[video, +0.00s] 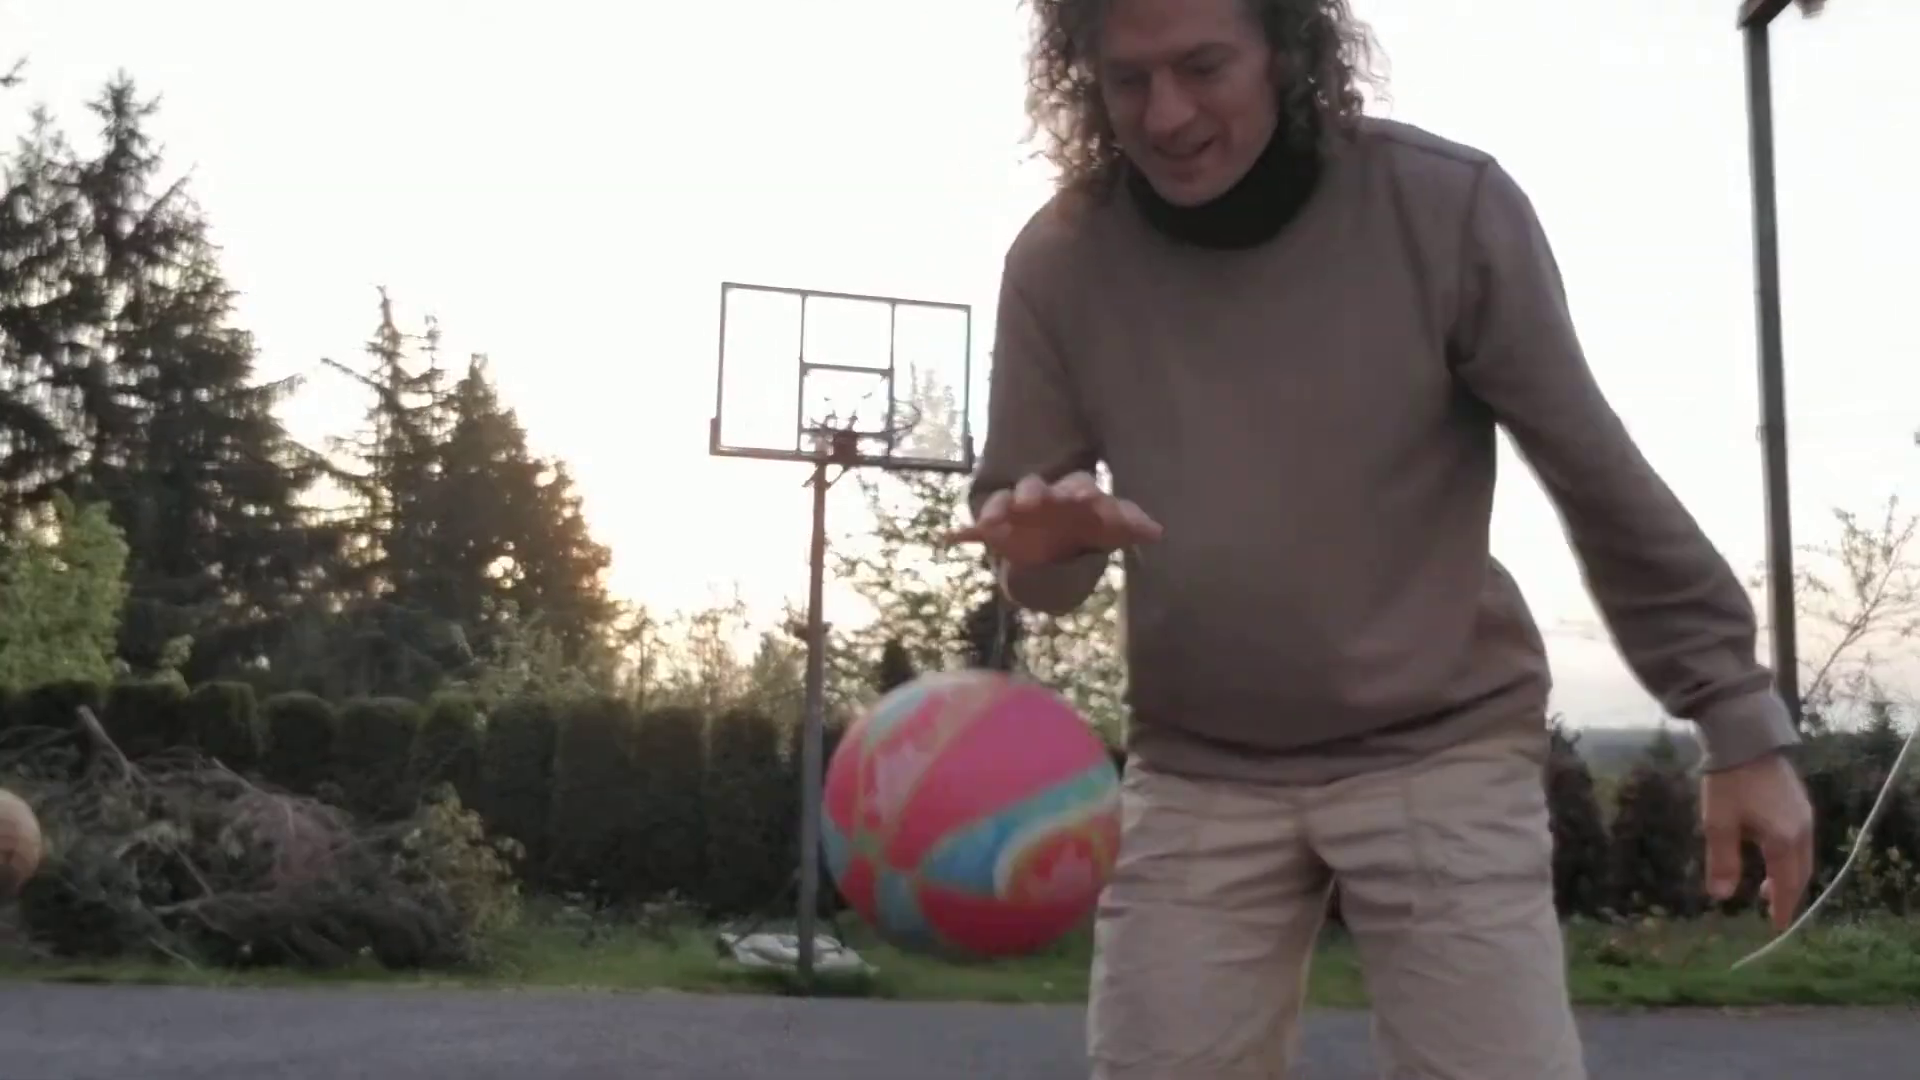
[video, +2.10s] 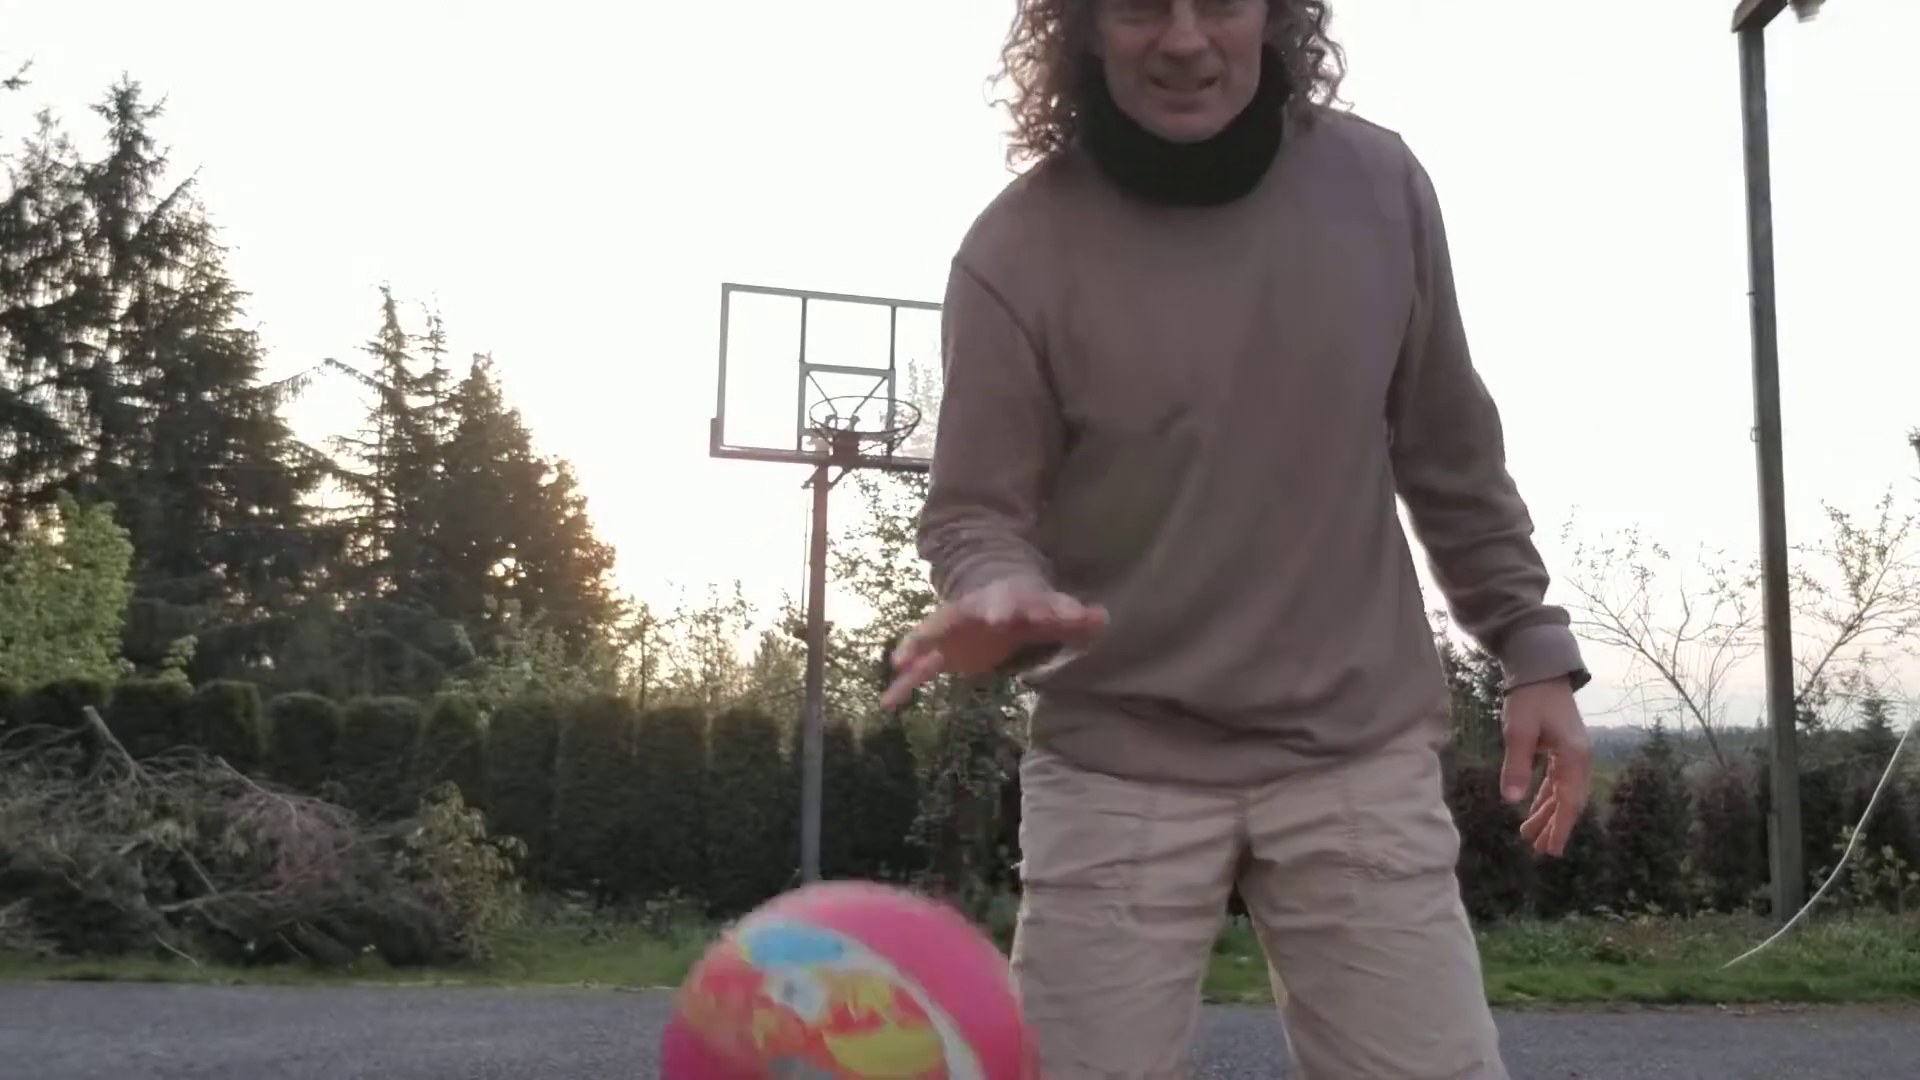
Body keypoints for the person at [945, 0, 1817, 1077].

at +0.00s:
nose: (1168, 116)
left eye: (1206, 65)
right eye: (1127, 77)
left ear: (1287, 45)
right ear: (1086, 76)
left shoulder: (1447, 211)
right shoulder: (1060, 262)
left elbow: (1602, 484)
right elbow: (1040, 585)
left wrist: (1741, 729)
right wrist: (1052, 546)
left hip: (1442, 759)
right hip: (1196, 774)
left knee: (1504, 1061)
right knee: (1153, 1058)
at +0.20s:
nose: (1219, 88)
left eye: (1250, 42)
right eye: (1174, 57)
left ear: (1311, 47)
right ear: (1125, 81)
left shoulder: (1447, 224)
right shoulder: (1081, 304)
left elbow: (1603, 466)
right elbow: (1055, 557)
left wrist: (1741, 654)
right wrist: (994, 655)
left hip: (1445, 761)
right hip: (1205, 773)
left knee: (1513, 1067)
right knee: (1183, 1066)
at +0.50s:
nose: (1166, 246)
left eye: (1196, 206)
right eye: (1132, 216)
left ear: (1270, 181)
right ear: (1101, 216)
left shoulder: (1415, 299)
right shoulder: (1094, 395)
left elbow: (1535, 526)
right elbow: (1059, 638)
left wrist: (1575, 713)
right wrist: (1025, 802)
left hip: (1438, 800)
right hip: (1225, 813)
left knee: (1491, 1065)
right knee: (1202, 1065)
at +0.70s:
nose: (1148, 293)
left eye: (1175, 259)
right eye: (1123, 266)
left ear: (1253, 238)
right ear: (1102, 267)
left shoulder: (1409, 348)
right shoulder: (1106, 425)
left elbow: (1527, 575)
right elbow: (1083, 630)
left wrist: (1536, 763)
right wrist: (1006, 659)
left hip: (1408, 827)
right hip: (1206, 830)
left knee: (1441, 1067)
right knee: (1165, 1066)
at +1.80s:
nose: (1191, 144)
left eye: (1222, 105)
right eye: (1153, 111)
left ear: (1271, 115)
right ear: (1103, 129)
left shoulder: (1371, 267)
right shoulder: (1044, 325)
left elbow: (1446, 499)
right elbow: (1003, 582)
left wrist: (1520, 686)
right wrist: (1010, 812)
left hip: (1352, 774)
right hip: (1129, 779)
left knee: (1411, 1059)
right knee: (1103, 1058)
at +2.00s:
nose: (1194, 74)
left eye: (1228, 32)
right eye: (1150, 38)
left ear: (1280, 44)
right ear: (1092, 57)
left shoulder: (1370, 212)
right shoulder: (1033, 272)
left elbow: (1443, 472)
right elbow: (979, 545)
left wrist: (1529, 652)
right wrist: (1029, 713)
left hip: (1358, 763)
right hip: (1127, 770)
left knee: (1428, 1060)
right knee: (1087, 1060)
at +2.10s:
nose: (1184, 39)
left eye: (1220, 2)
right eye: (1142, 4)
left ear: (1273, 14)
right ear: (1084, 22)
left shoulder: (1379, 185)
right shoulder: (1019, 249)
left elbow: (1450, 453)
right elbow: (977, 504)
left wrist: (1536, 657)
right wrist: (1003, 584)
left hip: (1361, 755)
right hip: (1116, 762)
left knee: (1436, 1060)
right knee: (1089, 1065)